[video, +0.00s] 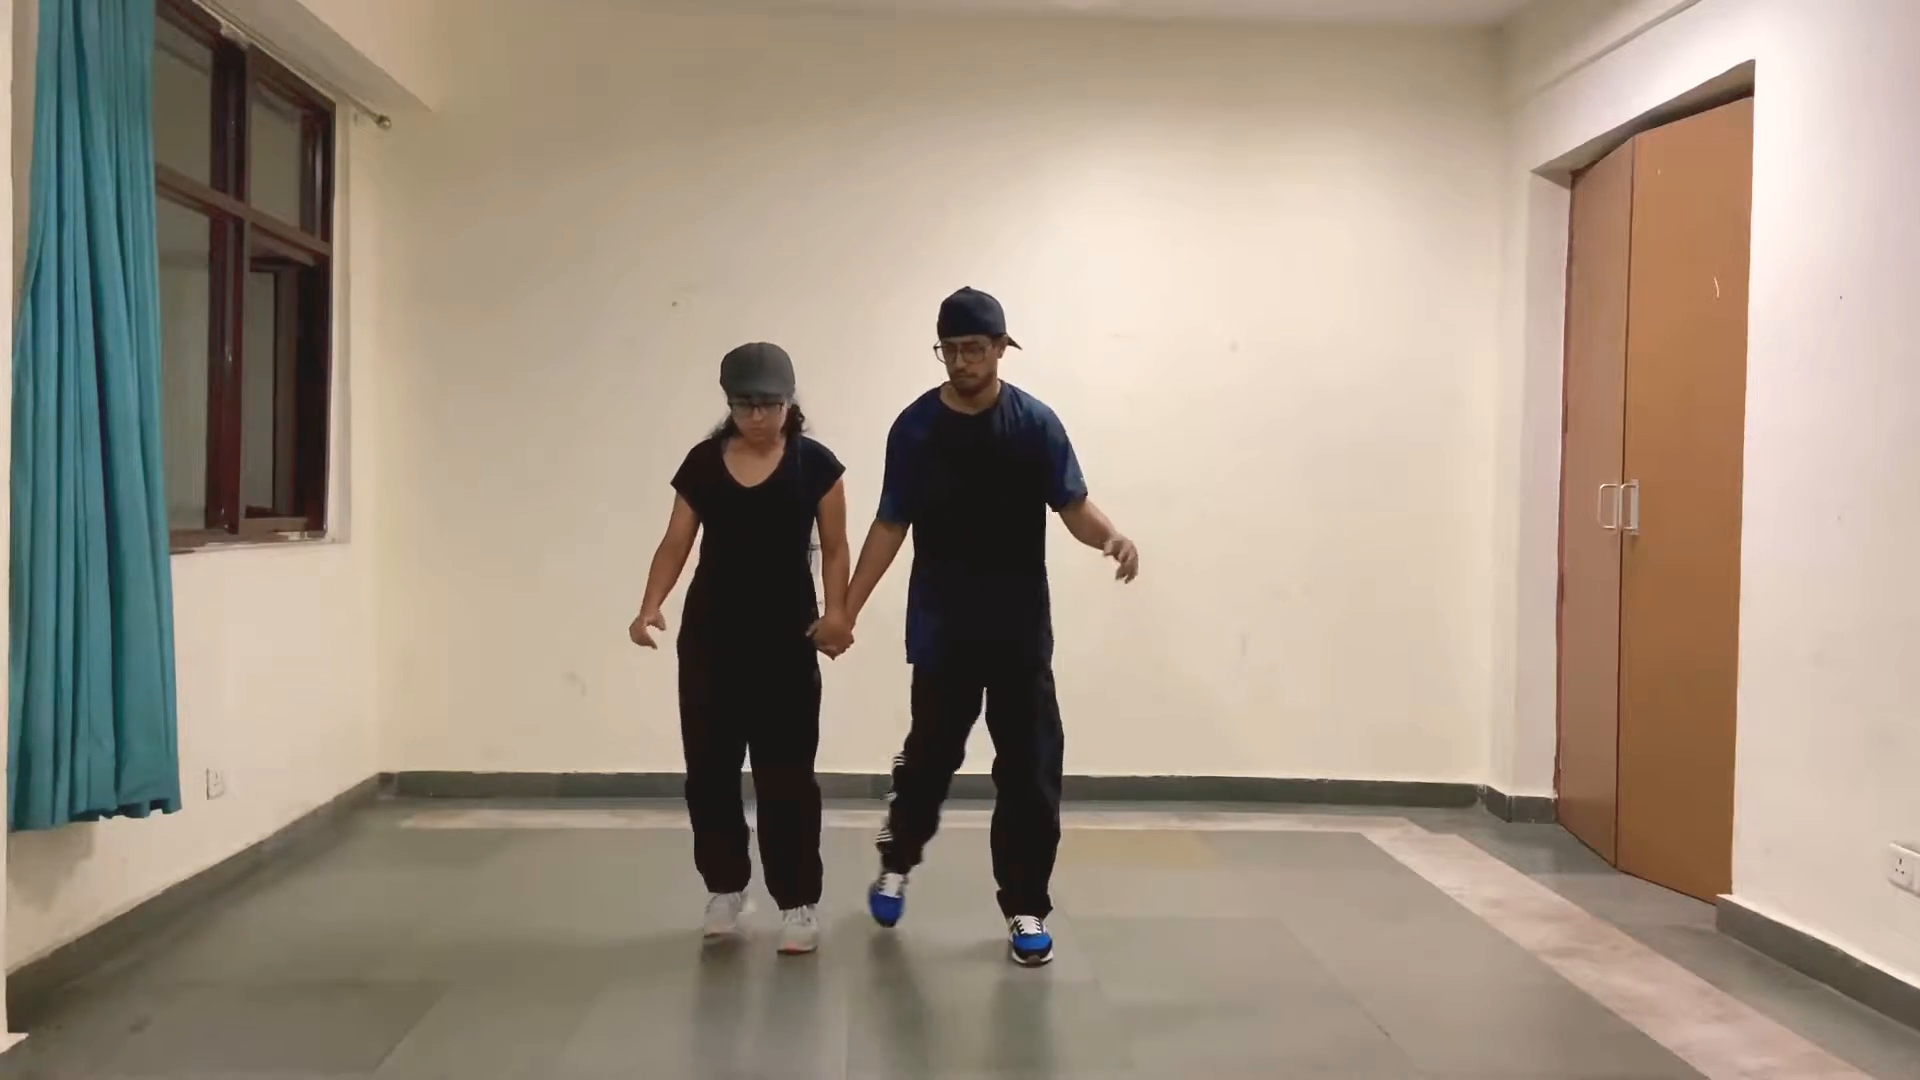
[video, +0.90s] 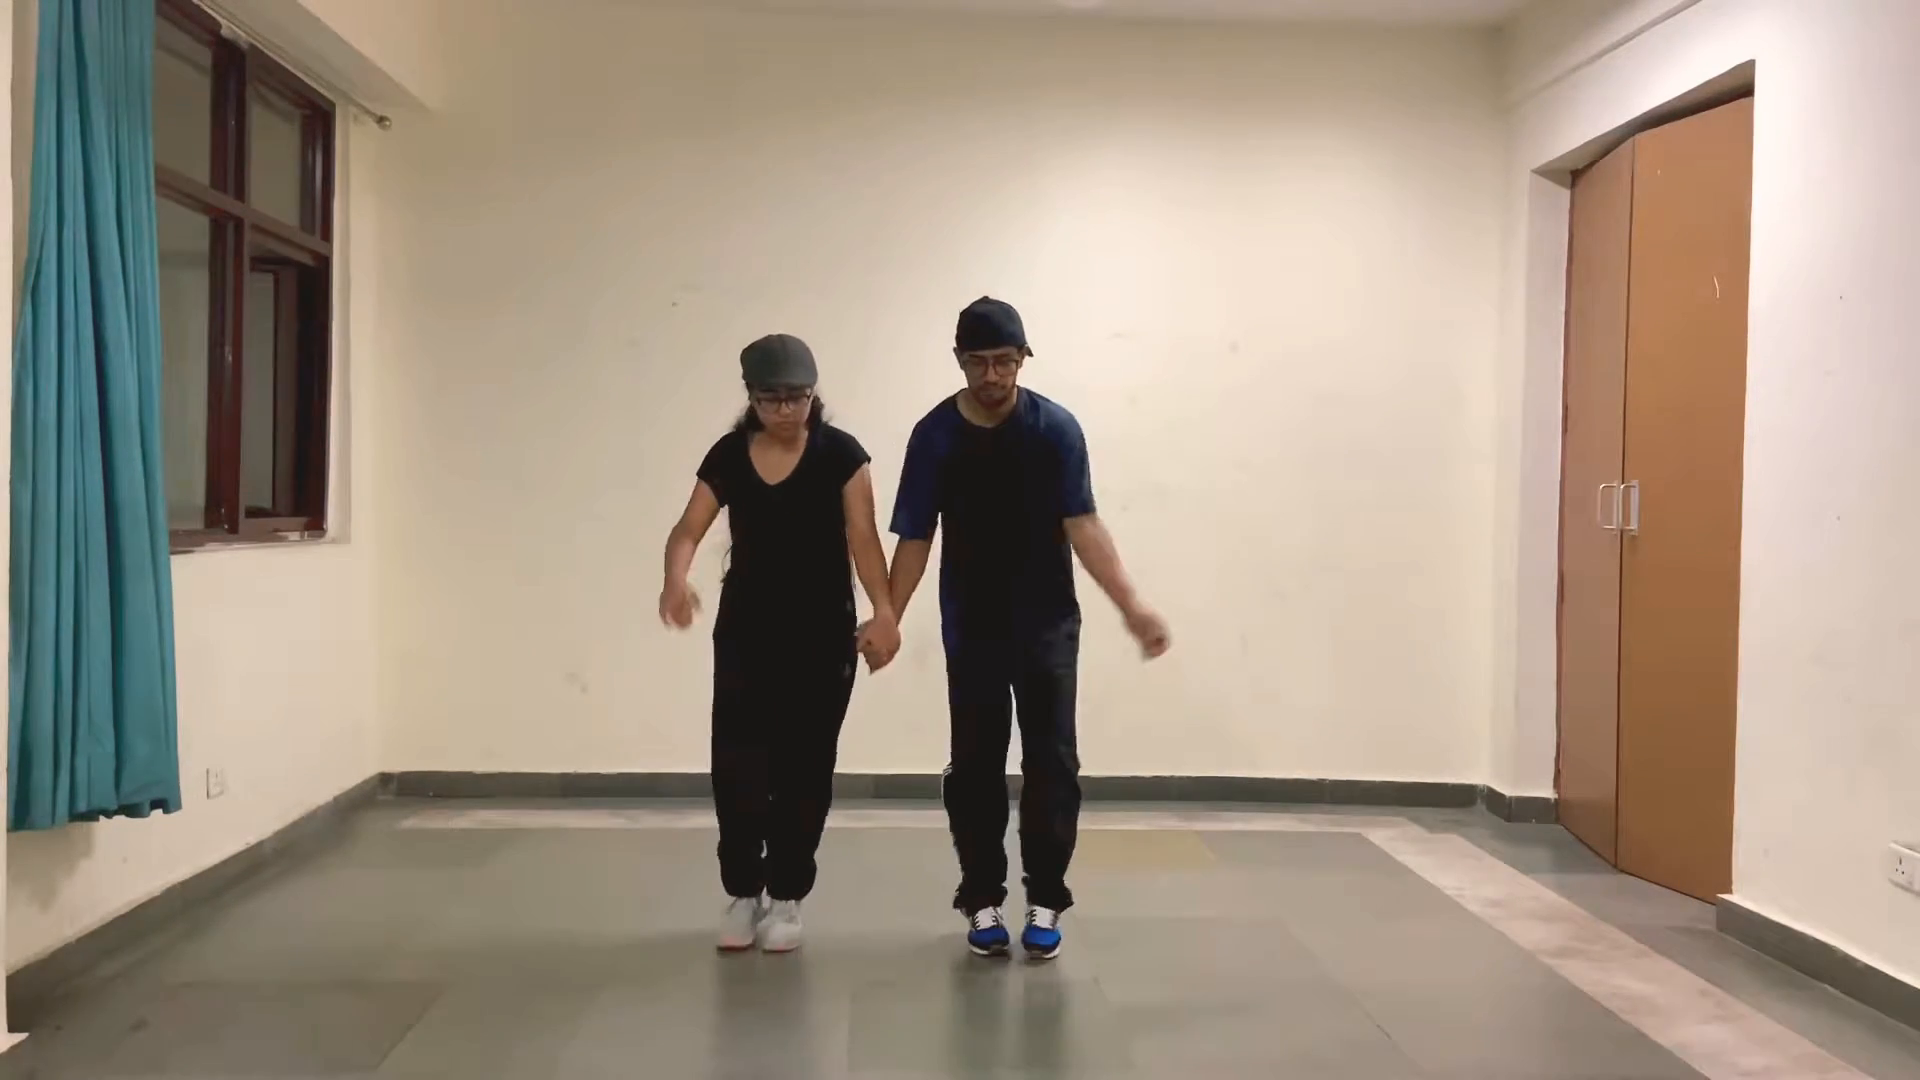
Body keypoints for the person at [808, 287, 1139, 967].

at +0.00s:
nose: (966, 360)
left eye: (978, 348)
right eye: (954, 349)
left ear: (1001, 348)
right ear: (941, 352)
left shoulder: (1036, 424)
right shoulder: (915, 428)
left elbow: (1073, 504)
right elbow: (889, 524)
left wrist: (1112, 537)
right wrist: (846, 611)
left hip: (1021, 627)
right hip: (943, 625)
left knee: (1032, 762)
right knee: (934, 750)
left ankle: (1026, 907)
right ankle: (896, 862)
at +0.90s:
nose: (993, 374)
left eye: (1005, 361)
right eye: (980, 362)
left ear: (1023, 360)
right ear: (960, 361)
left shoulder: (1056, 430)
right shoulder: (935, 435)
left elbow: (1084, 525)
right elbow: (915, 538)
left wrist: (1132, 607)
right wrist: (886, 620)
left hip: (1046, 622)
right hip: (971, 625)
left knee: (1050, 759)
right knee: (975, 762)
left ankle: (1045, 900)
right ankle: (982, 901)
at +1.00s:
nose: (1001, 379)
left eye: (1013, 366)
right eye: (987, 366)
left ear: (1031, 364)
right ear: (969, 368)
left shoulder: (1061, 435)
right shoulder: (940, 442)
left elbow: (1066, 543)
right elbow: (923, 539)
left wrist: (1058, 633)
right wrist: (899, 626)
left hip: (1059, 611)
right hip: (985, 617)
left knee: (1078, 748)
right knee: (987, 756)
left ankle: (1089, 879)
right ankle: (987, 901)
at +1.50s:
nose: (1030, 371)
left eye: (1042, 359)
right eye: (1017, 359)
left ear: (1062, 359)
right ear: (999, 361)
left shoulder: (1096, 434)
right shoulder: (975, 431)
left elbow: (1133, 530)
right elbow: (958, 515)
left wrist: (1093, 561)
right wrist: (936, 583)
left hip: (1069, 619)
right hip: (993, 618)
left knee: (1081, 756)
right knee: (989, 765)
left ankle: (1134, 873)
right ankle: (990, 898)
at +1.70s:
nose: (1043, 370)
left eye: (1055, 357)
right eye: (1030, 358)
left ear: (1076, 356)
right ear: (1014, 361)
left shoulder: (1119, 433)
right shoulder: (999, 436)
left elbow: (1178, 505)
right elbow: (965, 531)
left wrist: (1196, 573)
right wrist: (923, 596)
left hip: (1063, 622)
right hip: (993, 615)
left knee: (1035, 764)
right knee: (978, 759)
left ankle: (1073, 904)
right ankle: (984, 899)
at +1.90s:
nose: (1059, 371)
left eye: (1071, 358)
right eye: (1046, 359)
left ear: (1091, 360)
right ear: (1027, 362)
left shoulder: (1126, 436)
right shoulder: (1003, 445)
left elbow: (1161, 532)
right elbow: (1002, 543)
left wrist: (1201, 630)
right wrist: (970, 628)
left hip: (1114, 636)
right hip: (1037, 635)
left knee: (1111, 777)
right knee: (1030, 767)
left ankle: (1089, 900)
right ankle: (1013, 890)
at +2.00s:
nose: (1062, 378)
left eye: (1075, 366)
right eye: (1049, 365)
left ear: (1094, 369)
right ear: (1030, 370)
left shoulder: (1130, 442)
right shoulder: (1008, 450)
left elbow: (1165, 537)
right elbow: (1012, 535)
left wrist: (1195, 628)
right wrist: (979, 610)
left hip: (1138, 626)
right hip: (1063, 632)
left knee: (1154, 769)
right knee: (1100, 760)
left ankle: (1111, 907)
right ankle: (1089, 903)